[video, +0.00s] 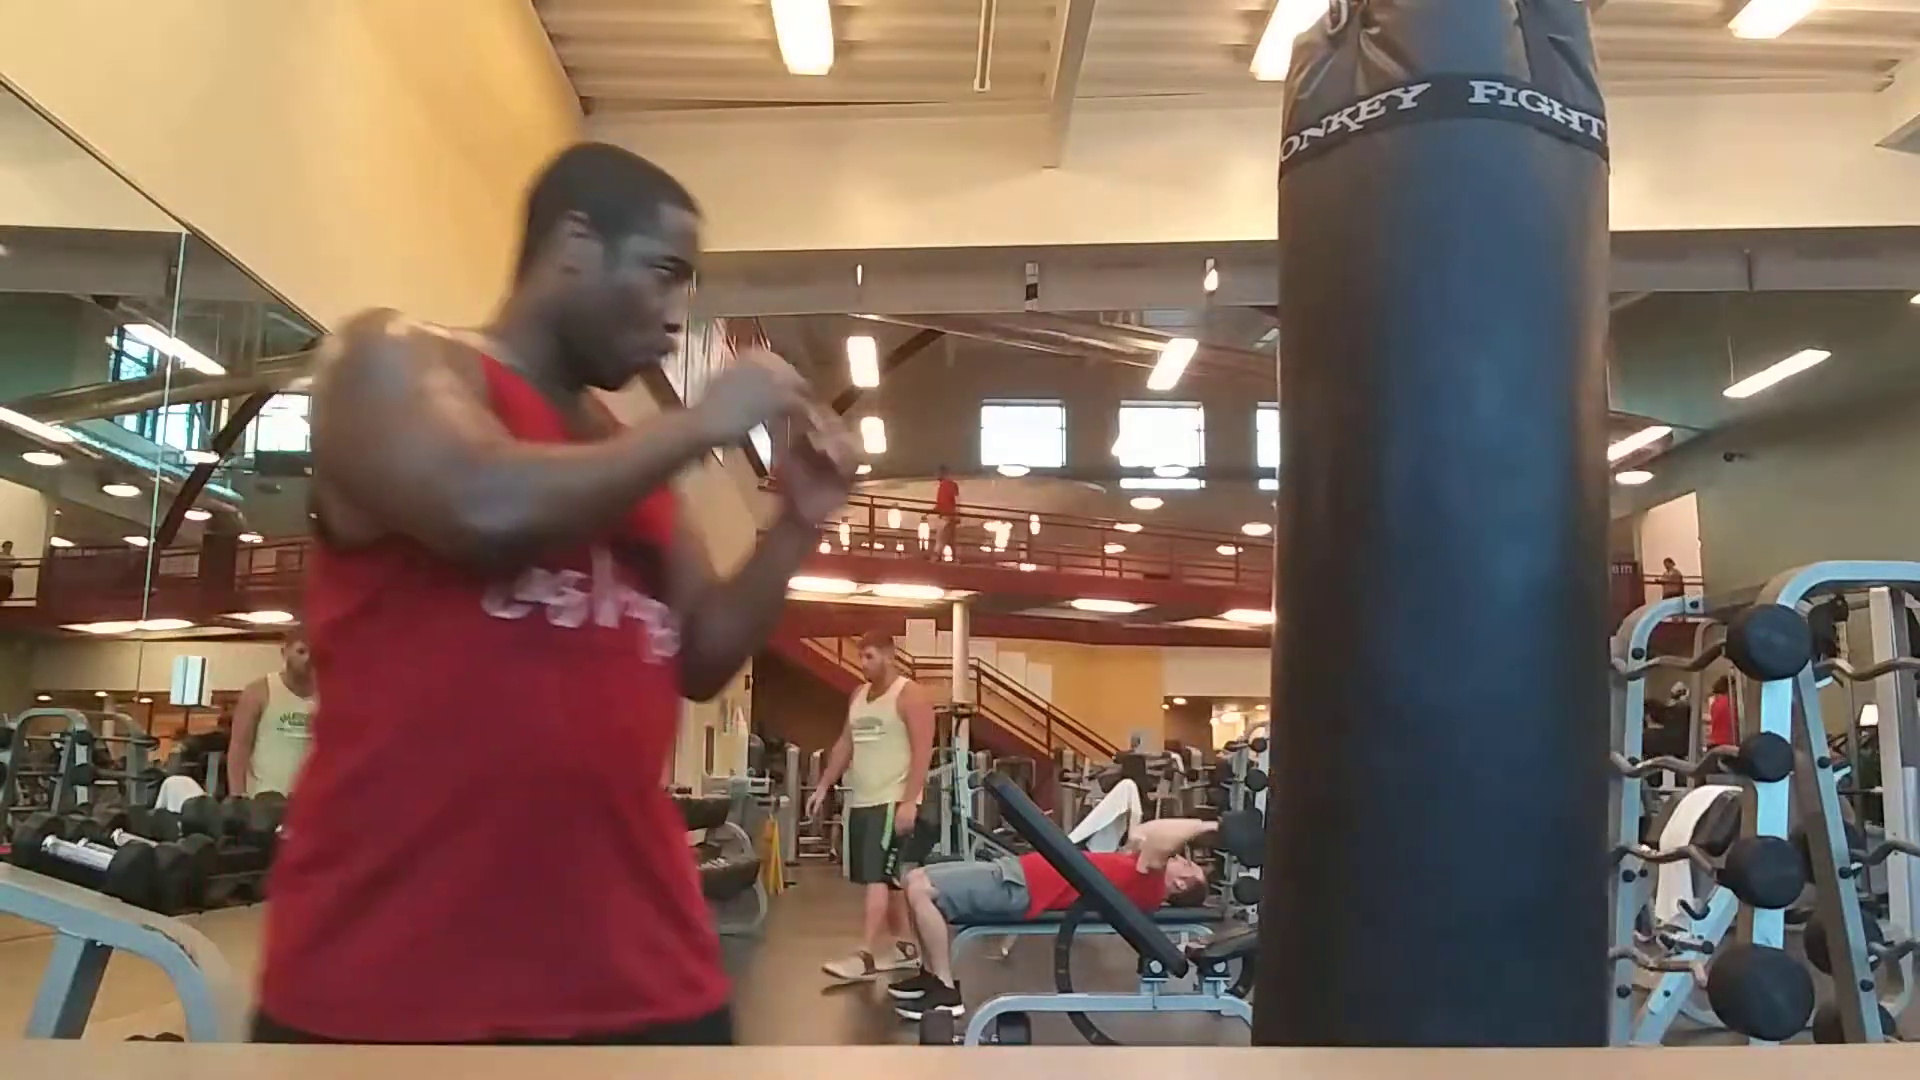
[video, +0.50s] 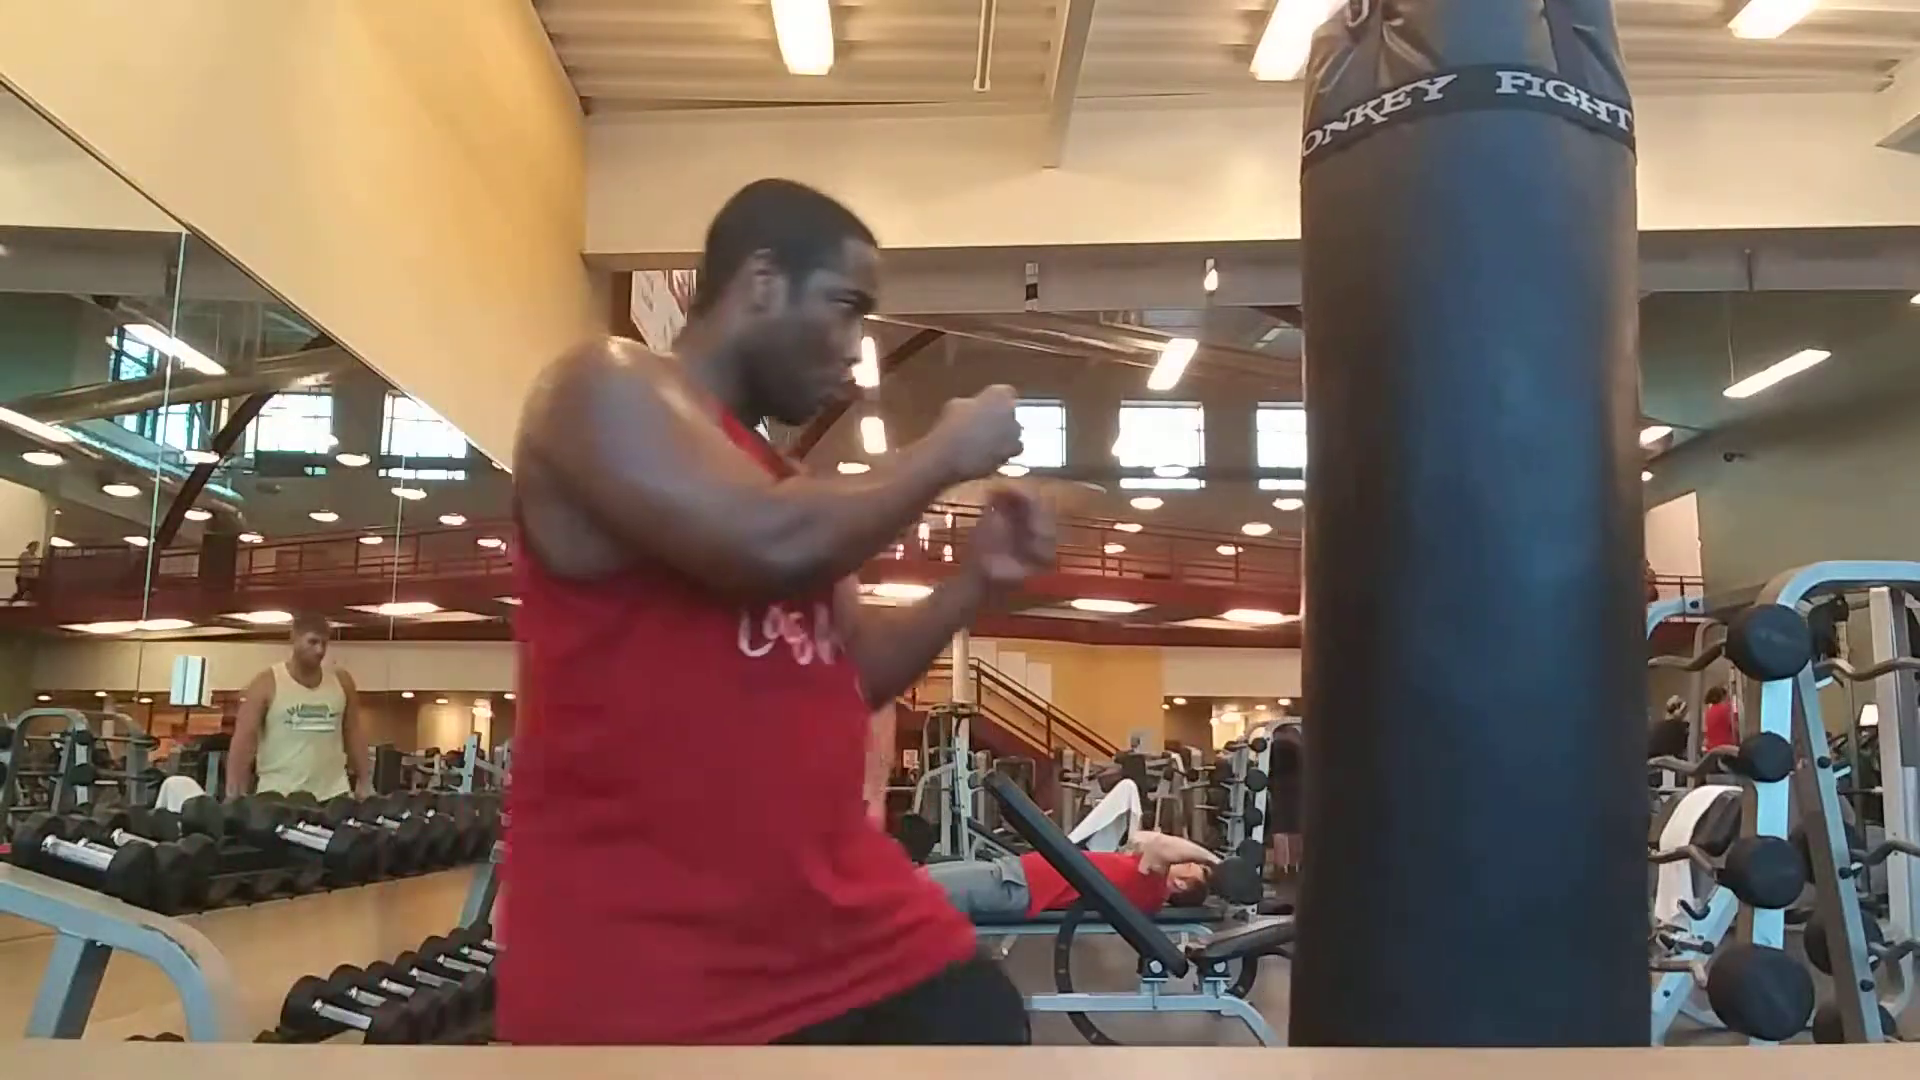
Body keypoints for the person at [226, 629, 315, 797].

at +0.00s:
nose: (308, 659)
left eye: (313, 652)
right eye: (301, 651)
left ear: (319, 655)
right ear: (284, 652)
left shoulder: (325, 696)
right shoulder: (258, 692)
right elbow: (239, 745)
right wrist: (237, 796)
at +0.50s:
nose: (320, 650)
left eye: (324, 643)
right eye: (313, 642)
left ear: (328, 643)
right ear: (294, 638)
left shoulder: (341, 682)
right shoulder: (266, 683)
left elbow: (354, 734)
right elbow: (243, 742)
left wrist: (364, 783)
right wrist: (235, 797)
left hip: (333, 795)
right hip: (280, 796)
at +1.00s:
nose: (378, 644)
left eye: (380, 638)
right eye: (371, 635)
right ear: (350, 633)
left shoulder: (388, 683)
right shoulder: (314, 676)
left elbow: (400, 742)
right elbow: (293, 736)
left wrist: (404, 788)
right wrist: (310, 775)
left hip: (377, 796)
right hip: (325, 797)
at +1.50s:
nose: (431, 649)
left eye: (433, 641)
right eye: (428, 639)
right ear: (406, 632)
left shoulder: (415, 678)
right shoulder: (372, 672)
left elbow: (421, 736)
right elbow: (378, 740)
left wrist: (442, 767)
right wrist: (429, 775)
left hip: (389, 791)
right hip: (351, 792)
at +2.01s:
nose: (467, 662)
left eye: (469, 655)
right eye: (465, 654)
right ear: (449, 648)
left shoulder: (440, 682)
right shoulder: (401, 681)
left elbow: (445, 736)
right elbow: (409, 759)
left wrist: (466, 789)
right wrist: (450, 797)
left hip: (381, 790)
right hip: (347, 789)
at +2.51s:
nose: (442, 653)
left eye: (446, 647)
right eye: (445, 646)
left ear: (415, 631)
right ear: (441, 644)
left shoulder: (380, 658)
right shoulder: (406, 669)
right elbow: (417, 745)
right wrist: (447, 793)